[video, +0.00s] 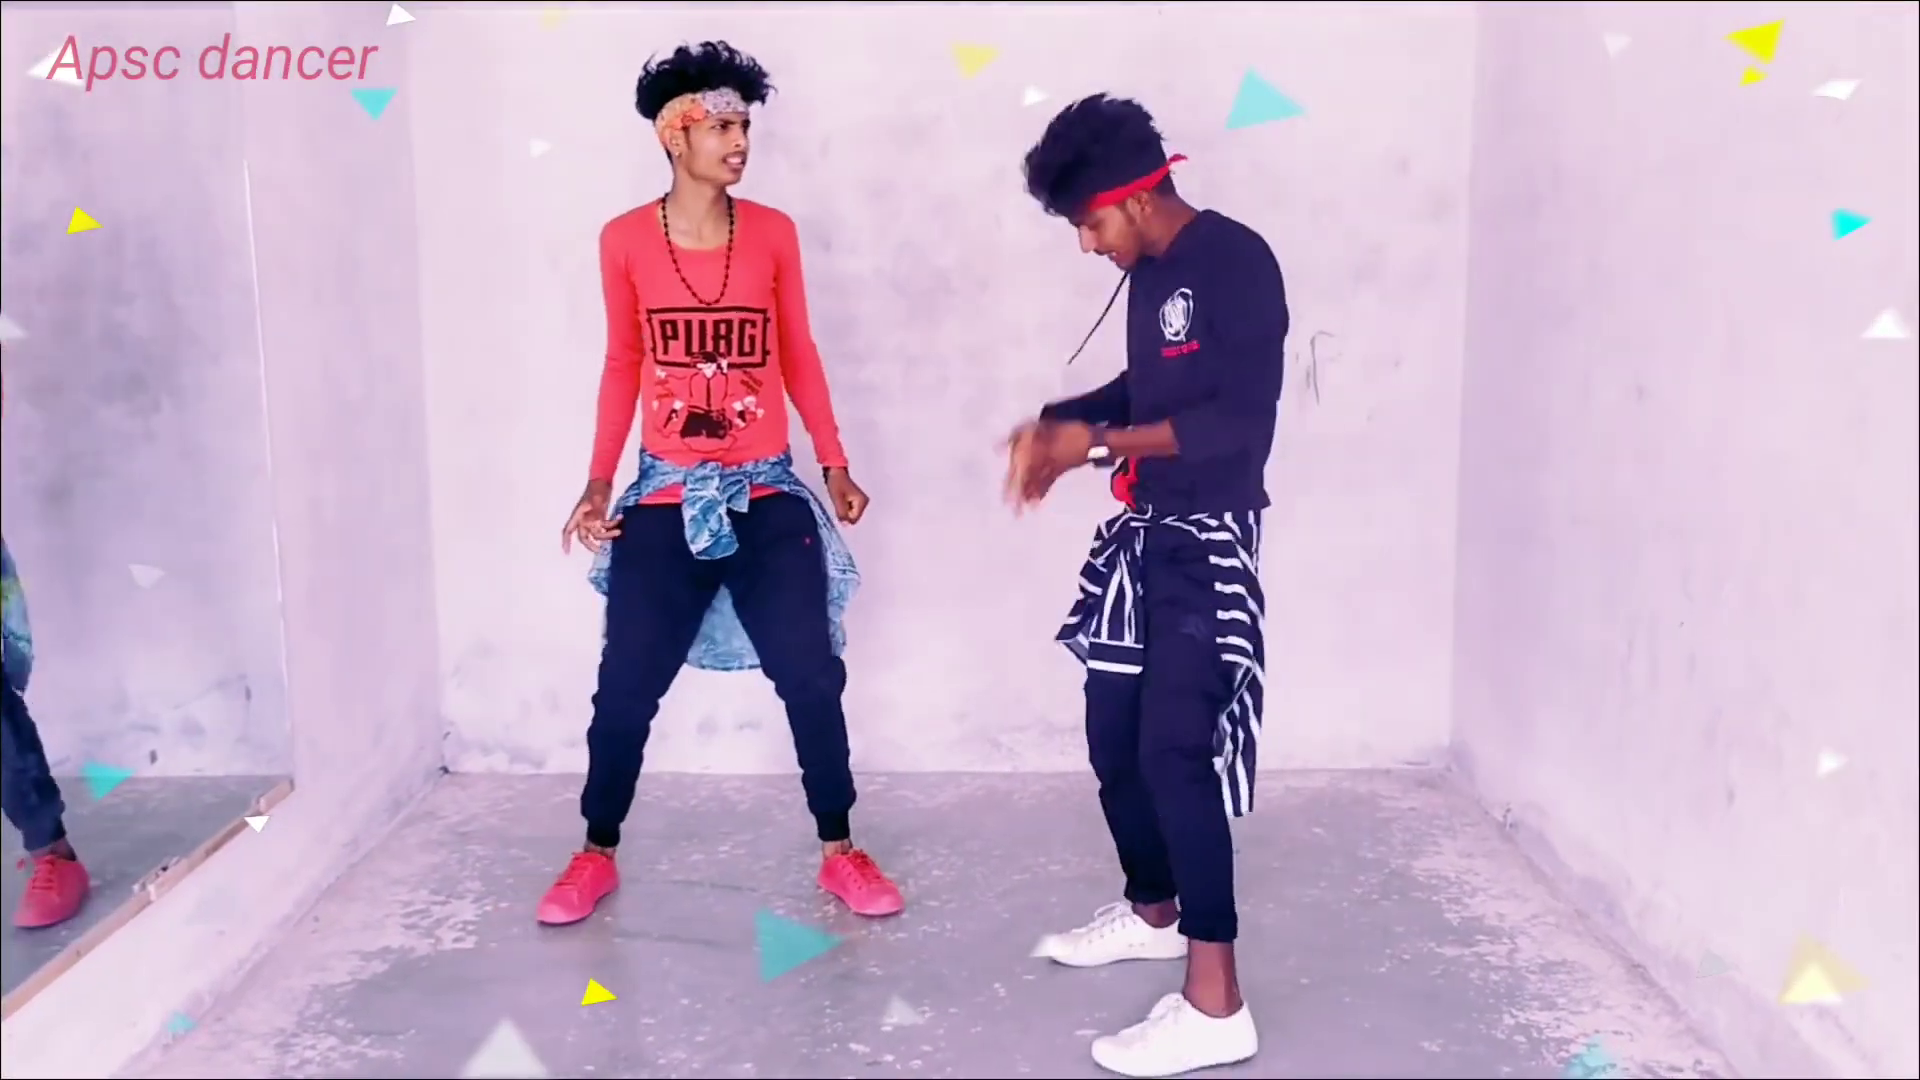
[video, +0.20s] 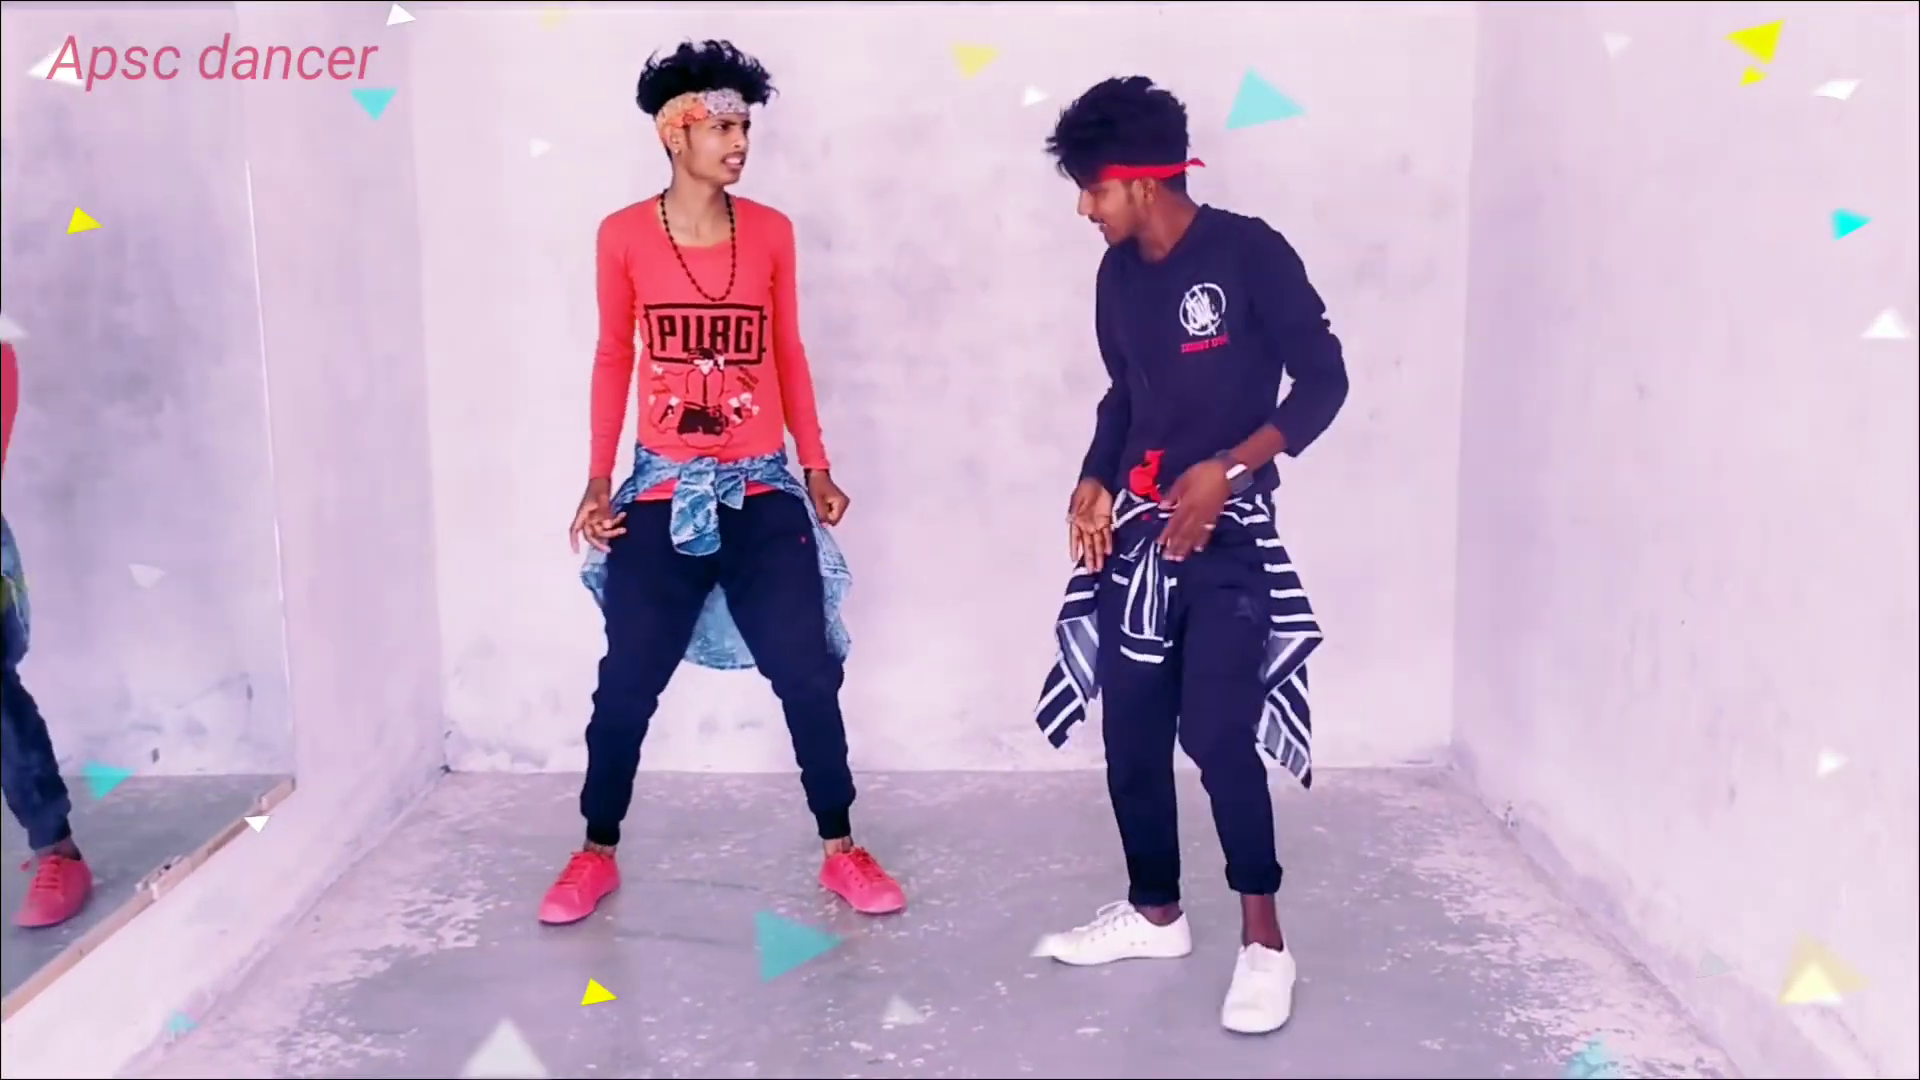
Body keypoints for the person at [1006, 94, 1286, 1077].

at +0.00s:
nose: (1086, 242)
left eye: (1086, 221)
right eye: (1077, 226)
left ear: (1134, 191)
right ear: (1128, 194)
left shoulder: (1234, 260)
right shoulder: (1150, 269)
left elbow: (1236, 427)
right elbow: (1146, 390)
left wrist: (1095, 442)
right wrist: (1059, 421)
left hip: (1207, 547)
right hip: (1140, 539)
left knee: (1176, 755)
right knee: (1114, 744)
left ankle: (1215, 1001)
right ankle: (1156, 913)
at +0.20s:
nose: (1084, 206)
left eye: (1093, 185)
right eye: (1080, 186)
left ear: (1145, 175)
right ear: (1121, 183)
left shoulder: (1251, 249)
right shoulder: (1116, 270)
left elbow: (1324, 379)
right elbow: (1125, 390)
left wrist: (1231, 469)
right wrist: (1094, 476)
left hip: (1228, 534)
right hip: (1136, 533)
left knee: (1218, 735)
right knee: (1132, 734)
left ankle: (1261, 942)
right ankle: (1153, 915)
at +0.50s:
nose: (1152, 174)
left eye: (1167, 158)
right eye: (1155, 156)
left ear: (1218, 165)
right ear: (1199, 165)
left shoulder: (1310, 256)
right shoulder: (1159, 268)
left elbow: (1376, 377)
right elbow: (1143, 395)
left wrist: (1344, 507)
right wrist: (1133, 512)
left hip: (1288, 526)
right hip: (1184, 530)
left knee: (1336, 716)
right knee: (1174, 723)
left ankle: (1387, 893)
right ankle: (1159, 909)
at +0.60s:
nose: (1186, 177)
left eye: (1200, 161)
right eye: (1188, 159)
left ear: (1254, 168)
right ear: (1231, 164)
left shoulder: (1344, 257)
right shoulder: (1190, 273)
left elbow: (1399, 378)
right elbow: (1175, 403)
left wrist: (1372, 505)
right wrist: (1163, 516)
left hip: (1323, 528)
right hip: (1217, 533)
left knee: (1363, 718)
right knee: (1192, 726)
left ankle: (1416, 902)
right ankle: (1162, 908)